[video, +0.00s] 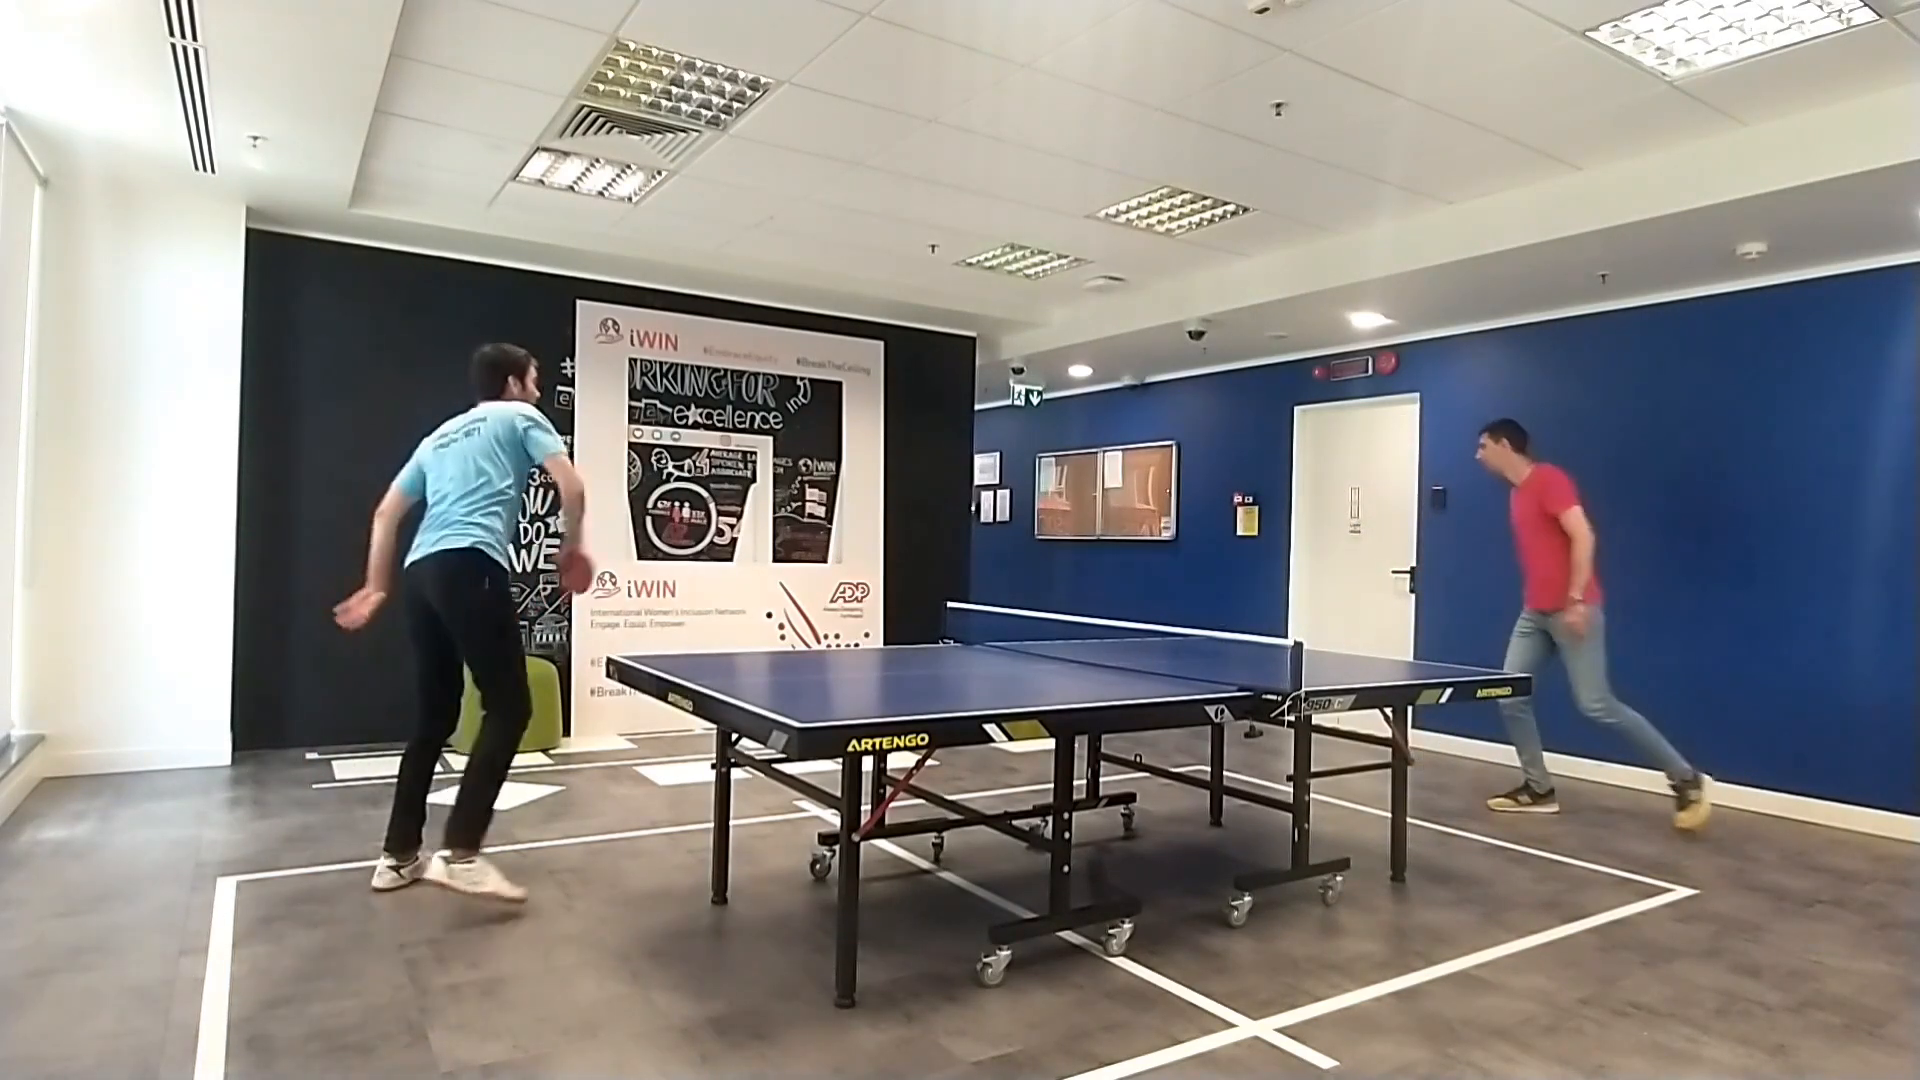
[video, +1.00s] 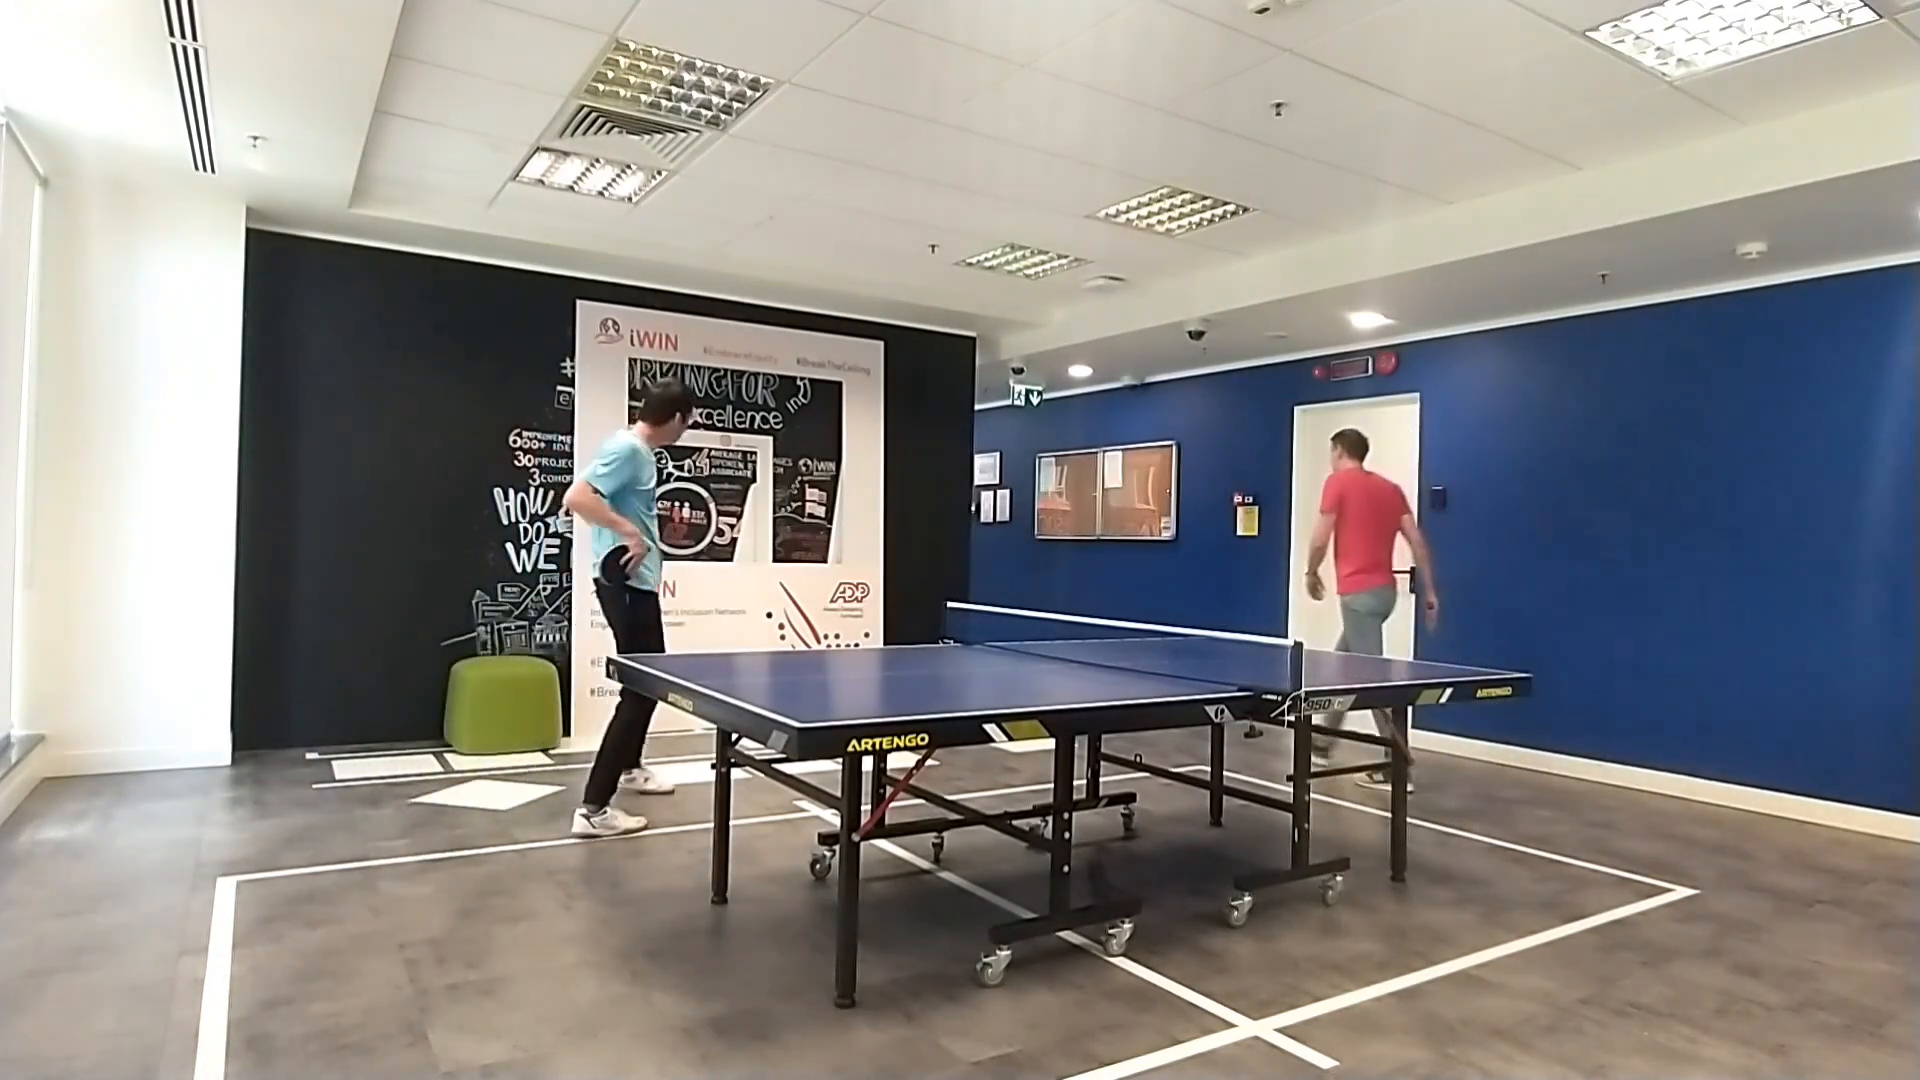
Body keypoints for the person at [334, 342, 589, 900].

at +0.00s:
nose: (537, 394)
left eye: (536, 384)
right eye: (533, 384)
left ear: (484, 386)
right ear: (514, 383)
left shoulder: (439, 437)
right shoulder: (520, 417)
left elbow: (387, 511)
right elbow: (572, 487)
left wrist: (377, 585)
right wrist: (573, 548)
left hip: (421, 577)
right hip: (471, 569)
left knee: (434, 719)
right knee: (509, 709)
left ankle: (397, 857)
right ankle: (459, 855)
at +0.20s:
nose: (570, 397)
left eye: (570, 387)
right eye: (568, 387)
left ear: (520, 388)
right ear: (549, 387)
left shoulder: (480, 431)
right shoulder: (536, 419)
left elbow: (474, 503)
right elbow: (571, 474)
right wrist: (630, 496)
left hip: (452, 580)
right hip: (501, 579)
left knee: (442, 715)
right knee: (541, 699)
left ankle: (402, 852)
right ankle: (561, 827)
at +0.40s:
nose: (615, 414)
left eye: (616, 404)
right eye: (615, 404)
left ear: (565, 398)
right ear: (600, 400)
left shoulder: (524, 439)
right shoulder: (580, 441)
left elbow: (523, 510)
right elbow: (580, 504)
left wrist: (605, 514)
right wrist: (642, 512)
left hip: (504, 591)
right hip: (555, 591)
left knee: (485, 708)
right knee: (585, 700)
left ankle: (414, 830)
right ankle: (593, 813)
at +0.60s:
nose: (652, 410)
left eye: (652, 400)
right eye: (652, 400)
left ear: (608, 393)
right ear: (640, 398)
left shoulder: (567, 435)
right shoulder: (613, 441)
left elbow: (578, 513)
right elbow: (599, 511)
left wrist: (630, 524)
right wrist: (651, 521)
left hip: (552, 579)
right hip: (591, 580)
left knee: (573, 685)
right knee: (620, 692)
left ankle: (499, 772)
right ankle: (595, 811)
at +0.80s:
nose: (673, 411)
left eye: (673, 402)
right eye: (673, 402)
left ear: (632, 393)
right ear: (663, 400)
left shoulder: (598, 434)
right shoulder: (629, 437)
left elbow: (563, 500)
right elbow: (606, 501)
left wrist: (624, 517)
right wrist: (656, 516)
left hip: (590, 570)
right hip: (612, 572)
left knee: (620, 681)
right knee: (626, 683)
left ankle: (595, 781)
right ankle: (595, 810)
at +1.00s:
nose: (686, 428)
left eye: (687, 421)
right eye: (687, 420)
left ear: (653, 411)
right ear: (674, 418)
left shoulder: (641, 454)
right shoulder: (626, 449)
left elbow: (605, 504)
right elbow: (578, 497)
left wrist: (654, 529)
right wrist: (627, 530)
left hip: (638, 581)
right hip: (625, 581)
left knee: (651, 678)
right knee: (641, 687)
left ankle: (630, 766)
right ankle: (593, 808)